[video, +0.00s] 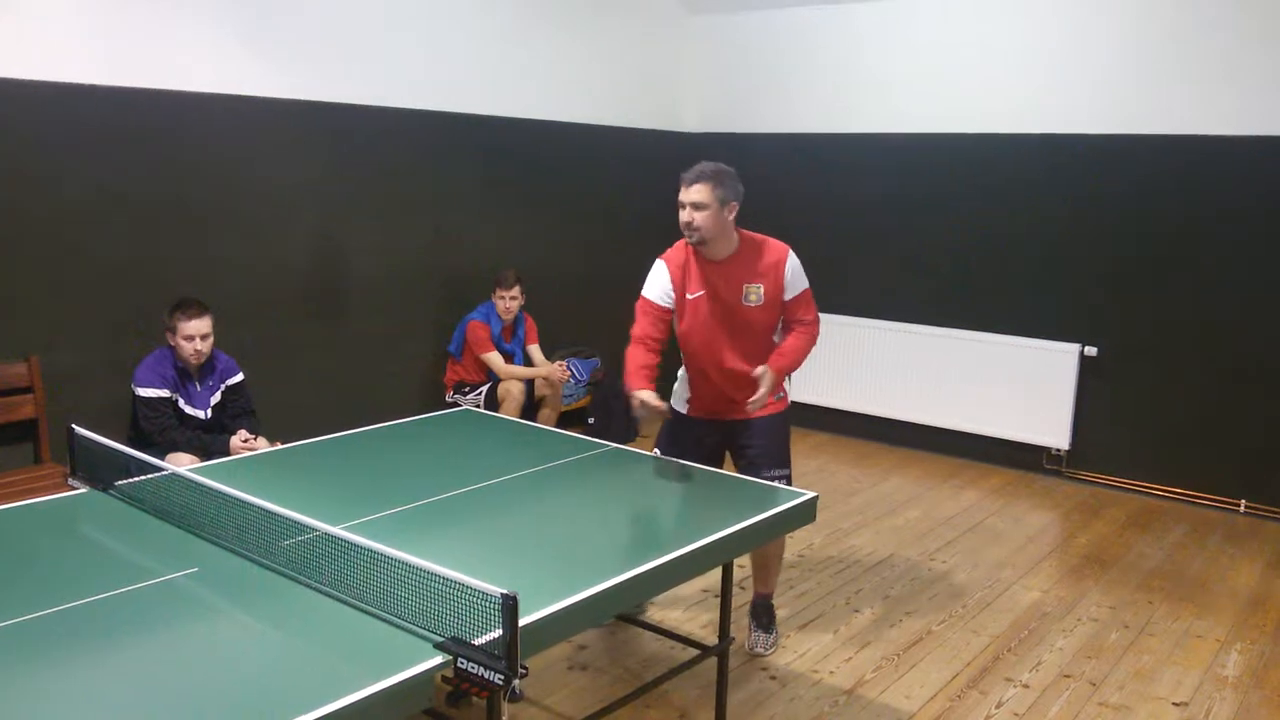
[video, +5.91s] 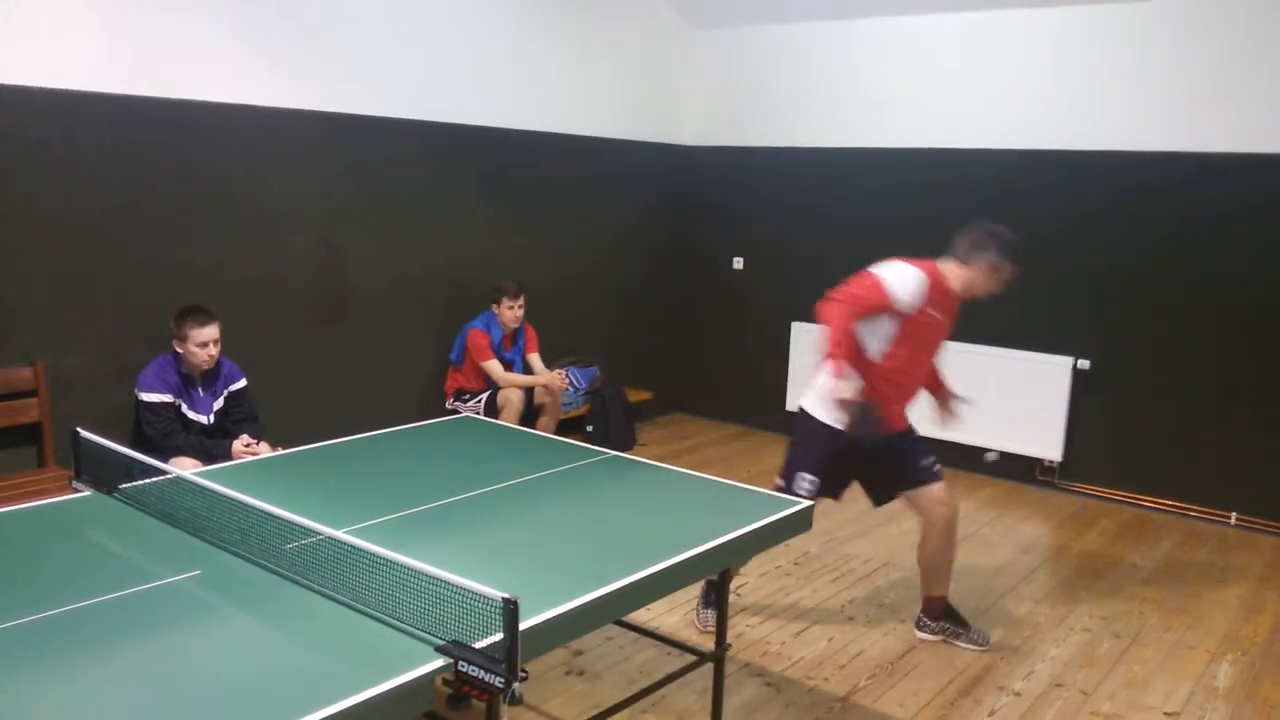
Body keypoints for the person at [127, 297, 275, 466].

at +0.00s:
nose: (198, 347)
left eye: (205, 338)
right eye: (189, 339)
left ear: (213, 335)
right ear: (171, 338)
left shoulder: (225, 367)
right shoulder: (151, 374)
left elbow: (241, 414)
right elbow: (163, 436)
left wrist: (243, 433)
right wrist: (225, 445)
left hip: (215, 443)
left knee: (261, 447)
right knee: (186, 463)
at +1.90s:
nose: (194, 359)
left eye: (200, 350)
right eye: (184, 351)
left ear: (207, 348)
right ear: (165, 350)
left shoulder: (218, 378)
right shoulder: (143, 386)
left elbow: (235, 424)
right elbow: (155, 447)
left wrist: (236, 443)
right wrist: (218, 456)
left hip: (210, 453)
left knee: (255, 459)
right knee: (179, 475)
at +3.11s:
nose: (209, 348)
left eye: (213, 338)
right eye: (198, 341)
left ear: (218, 338)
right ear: (176, 344)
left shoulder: (228, 371)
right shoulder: (152, 380)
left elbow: (245, 417)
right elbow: (166, 440)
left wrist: (245, 436)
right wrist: (227, 449)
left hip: (218, 446)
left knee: (264, 452)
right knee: (189, 468)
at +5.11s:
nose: (200, 350)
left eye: (208, 341)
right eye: (192, 341)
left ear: (224, 341)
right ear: (182, 341)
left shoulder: (237, 370)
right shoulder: (163, 378)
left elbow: (253, 418)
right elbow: (176, 439)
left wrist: (254, 439)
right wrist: (236, 448)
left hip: (228, 449)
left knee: (272, 448)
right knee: (197, 465)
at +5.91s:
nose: (212, 353)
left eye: (216, 343)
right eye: (202, 346)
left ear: (221, 340)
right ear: (179, 345)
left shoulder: (230, 373)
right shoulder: (154, 380)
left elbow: (245, 420)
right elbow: (168, 441)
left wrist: (246, 438)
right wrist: (227, 450)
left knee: (264, 452)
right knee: (189, 468)